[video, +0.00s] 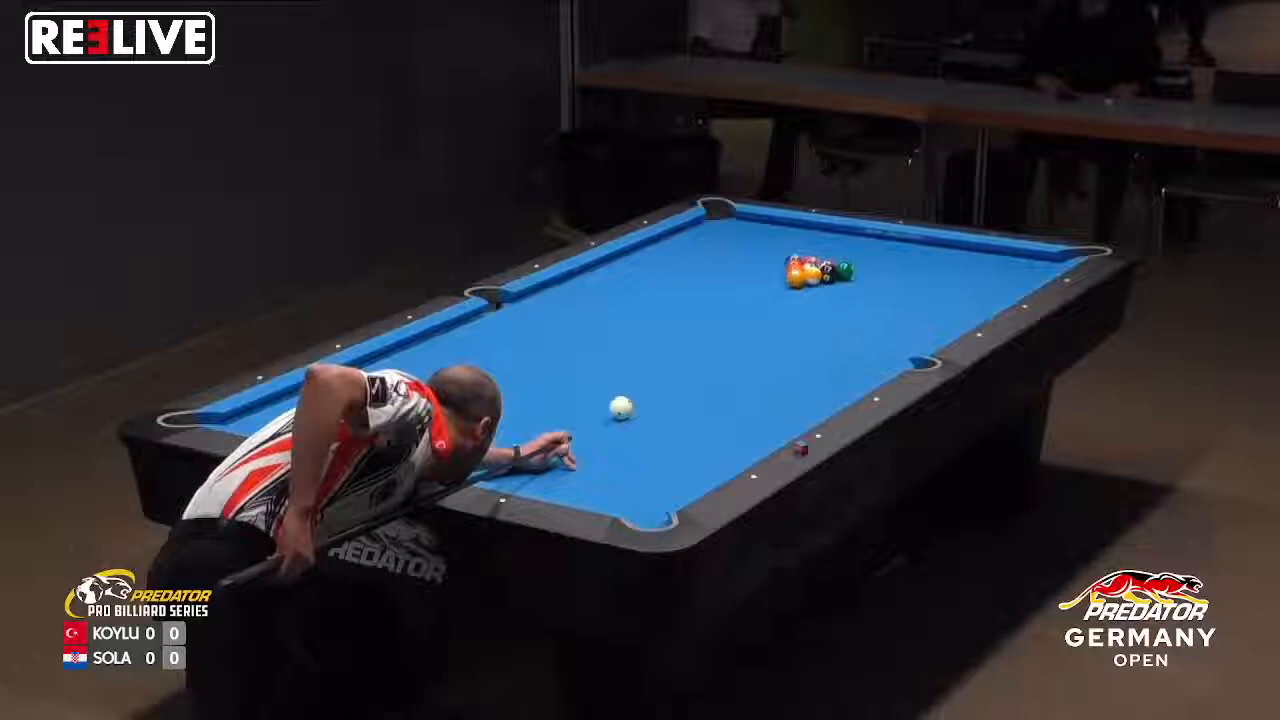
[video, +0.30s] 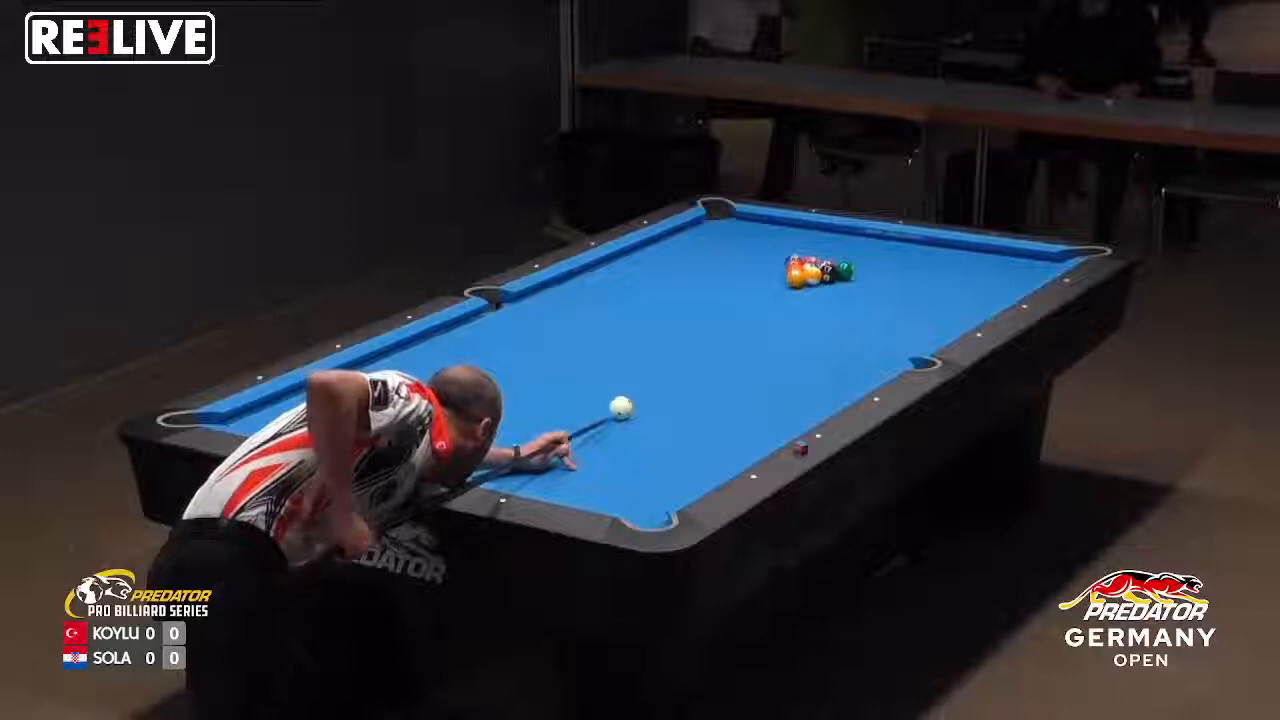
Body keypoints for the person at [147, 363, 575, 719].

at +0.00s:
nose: (487, 444)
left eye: (488, 436)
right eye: (491, 432)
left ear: (442, 403)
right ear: (481, 424)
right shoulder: (411, 400)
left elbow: (454, 457)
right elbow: (326, 381)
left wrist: (518, 457)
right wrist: (300, 511)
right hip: (225, 558)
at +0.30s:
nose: (488, 447)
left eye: (490, 438)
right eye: (491, 435)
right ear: (482, 426)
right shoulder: (412, 399)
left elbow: (451, 457)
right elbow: (328, 388)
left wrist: (518, 458)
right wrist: (343, 510)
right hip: (227, 561)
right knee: (239, 703)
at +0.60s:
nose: (491, 443)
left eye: (492, 435)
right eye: (494, 432)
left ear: (445, 408)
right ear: (483, 424)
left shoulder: (424, 451)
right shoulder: (412, 400)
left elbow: (454, 459)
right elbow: (328, 386)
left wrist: (519, 458)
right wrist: (316, 524)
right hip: (223, 554)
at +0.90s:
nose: (489, 447)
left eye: (491, 438)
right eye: (493, 435)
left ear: (445, 410)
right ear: (483, 426)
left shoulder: (417, 457)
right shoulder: (412, 399)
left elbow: (453, 460)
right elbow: (329, 382)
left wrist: (518, 458)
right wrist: (319, 515)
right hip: (227, 556)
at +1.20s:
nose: (489, 445)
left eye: (492, 436)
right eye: (493, 433)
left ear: (441, 404)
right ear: (483, 425)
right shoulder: (412, 399)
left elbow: (450, 459)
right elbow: (330, 388)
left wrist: (518, 459)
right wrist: (341, 513)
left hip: (187, 555)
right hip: (231, 560)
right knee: (242, 699)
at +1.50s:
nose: (490, 446)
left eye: (492, 438)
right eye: (494, 435)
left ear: (444, 408)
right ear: (484, 426)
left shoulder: (420, 455)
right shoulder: (412, 400)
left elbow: (453, 460)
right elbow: (329, 385)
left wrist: (519, 458)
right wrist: (301, 515)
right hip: (224, 555)